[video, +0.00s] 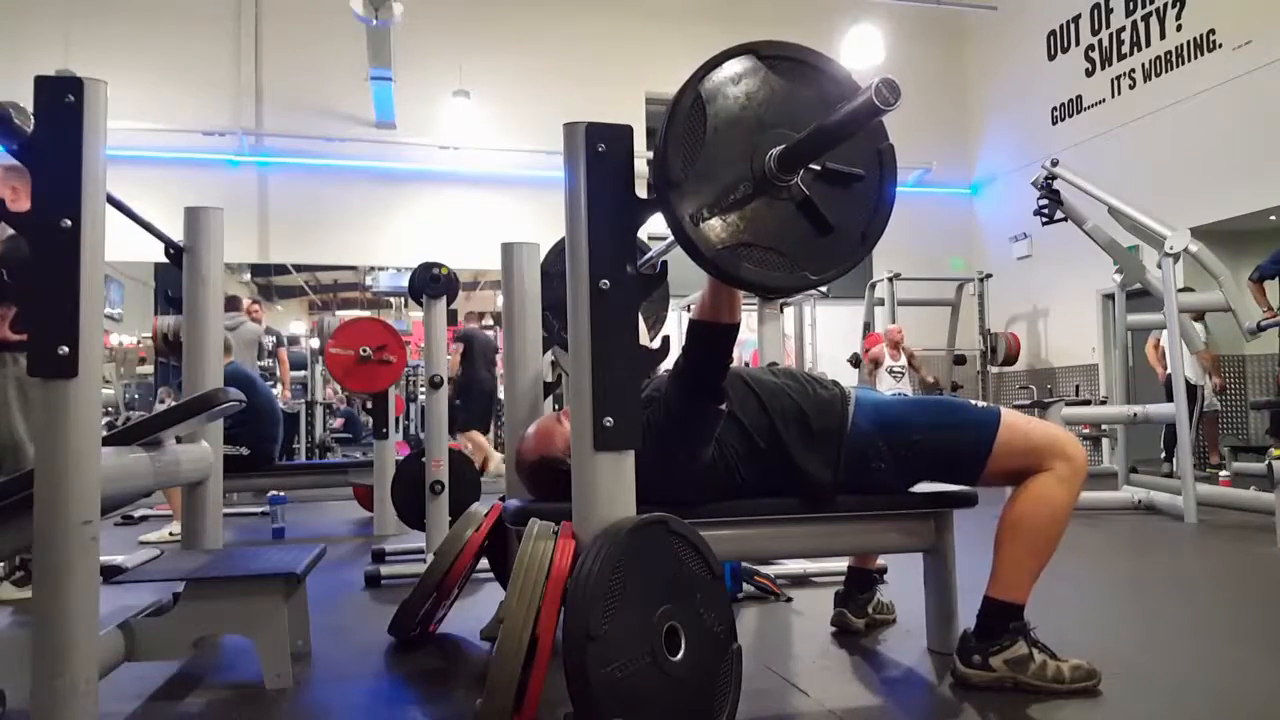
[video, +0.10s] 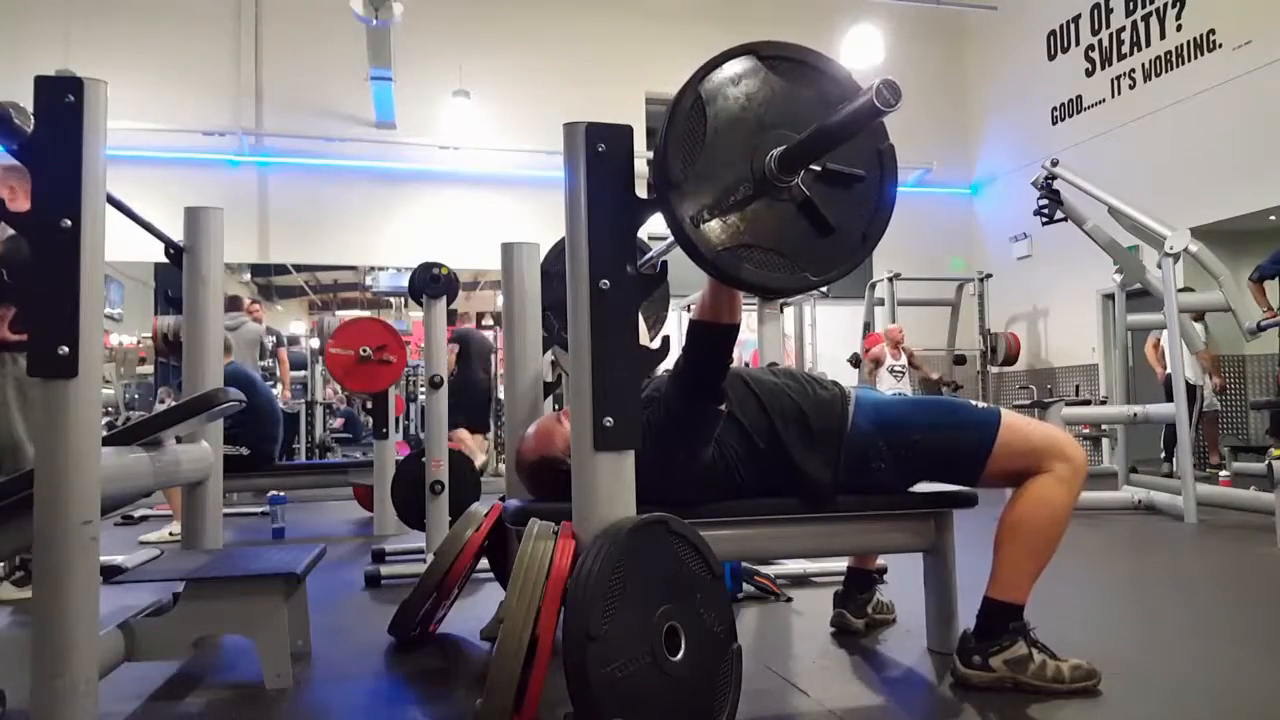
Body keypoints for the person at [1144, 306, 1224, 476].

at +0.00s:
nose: (1204, 313)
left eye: (1204, 309)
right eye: (1201, 310)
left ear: (1177, 310)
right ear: (1194, 310)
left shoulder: (1168, 328)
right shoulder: (1197, 327)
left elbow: (1160, 350)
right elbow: (1203, 354)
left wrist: (1163, 367)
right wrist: (1214, 373)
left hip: (1171, 375)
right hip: (1191, 377)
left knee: (1171, 419)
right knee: (1190, 421)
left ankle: (1167, 460)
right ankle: (1187, 463)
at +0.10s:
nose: (1204, 313)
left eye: (1204, 309)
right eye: (1201, 310)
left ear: (1177, 310)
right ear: (1193, 310)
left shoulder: (1168, 328)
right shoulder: (1196, 327)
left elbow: (1159, 350)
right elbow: (1202, 354)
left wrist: (1163, 368)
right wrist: (1214, 372)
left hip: (1170, 376)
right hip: (1191, 378)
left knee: (1171, 420)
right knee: (1189, 422)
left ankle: (1167, 460)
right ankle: (1186, 463)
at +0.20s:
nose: (1203, 312)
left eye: (1203, 308)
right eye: (1201, 308)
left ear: (1178, 307)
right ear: (1193, 308)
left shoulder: (1168, 326)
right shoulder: (1194, 327)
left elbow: (1159, 349)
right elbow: (1202, 354)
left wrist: (1161, 368)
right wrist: (1214, 373)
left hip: (1171, 376)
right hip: (1190, 378)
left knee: (1171, 421)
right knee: (1189, 422)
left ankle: (1167, 460)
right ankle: (1186, 464)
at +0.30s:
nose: (1204, 313)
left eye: (1204, 308)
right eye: (1201, 308)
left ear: (1179, 307)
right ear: (1192, 309)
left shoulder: (1168, 325)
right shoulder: (1191, 327)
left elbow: (1157, 350)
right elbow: (1202, 356)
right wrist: (1213, 372)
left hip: (1170, 377)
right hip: (1189, 379)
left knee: (1172, 422)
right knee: (1188, 423)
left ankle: (1167, 462)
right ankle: (1185, 465)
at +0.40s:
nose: (1204, 313)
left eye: (1204, 309)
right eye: (1202, 309)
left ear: (1180, 308)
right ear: (1193, 309)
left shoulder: (1167, 326)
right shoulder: (1192, 327)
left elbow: (1154, 348)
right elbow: (1201, 357)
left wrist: (1160, 367)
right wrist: (1211, 369)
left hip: (1169, 376)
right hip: (1188, 378)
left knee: (1171, 421)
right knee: (1189, 423)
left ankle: (1167, 462)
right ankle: (1186, 465)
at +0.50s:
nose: (1202, 311)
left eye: (1202, 307)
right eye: (1200, 307)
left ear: (1179, 306)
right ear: (1192, 308)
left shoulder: (1166, 323)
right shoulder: (1192, 325)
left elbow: (1151, 347)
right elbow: (1198, 356)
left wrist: (1161, 367)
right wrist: (1210, 372)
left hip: (1168, 377)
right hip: (1187, 379)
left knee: (1169, 422)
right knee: (1189, 424)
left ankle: (1167, 462)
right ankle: (1186, 464)